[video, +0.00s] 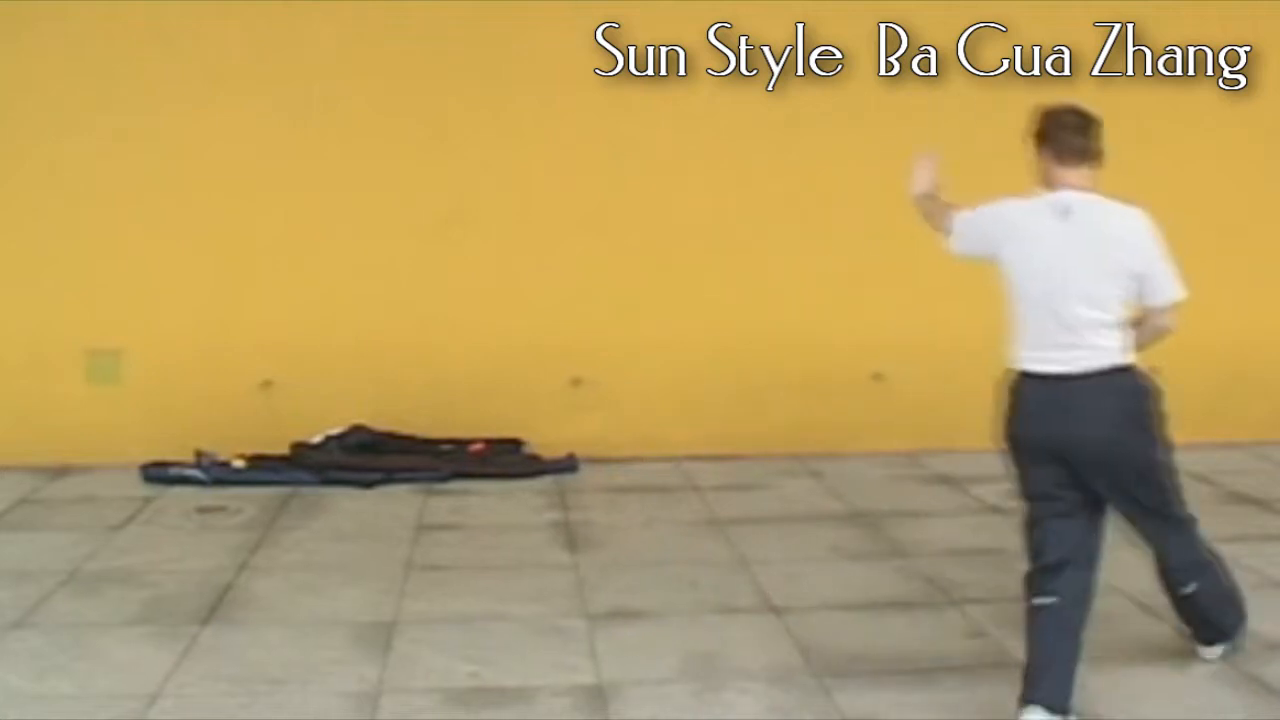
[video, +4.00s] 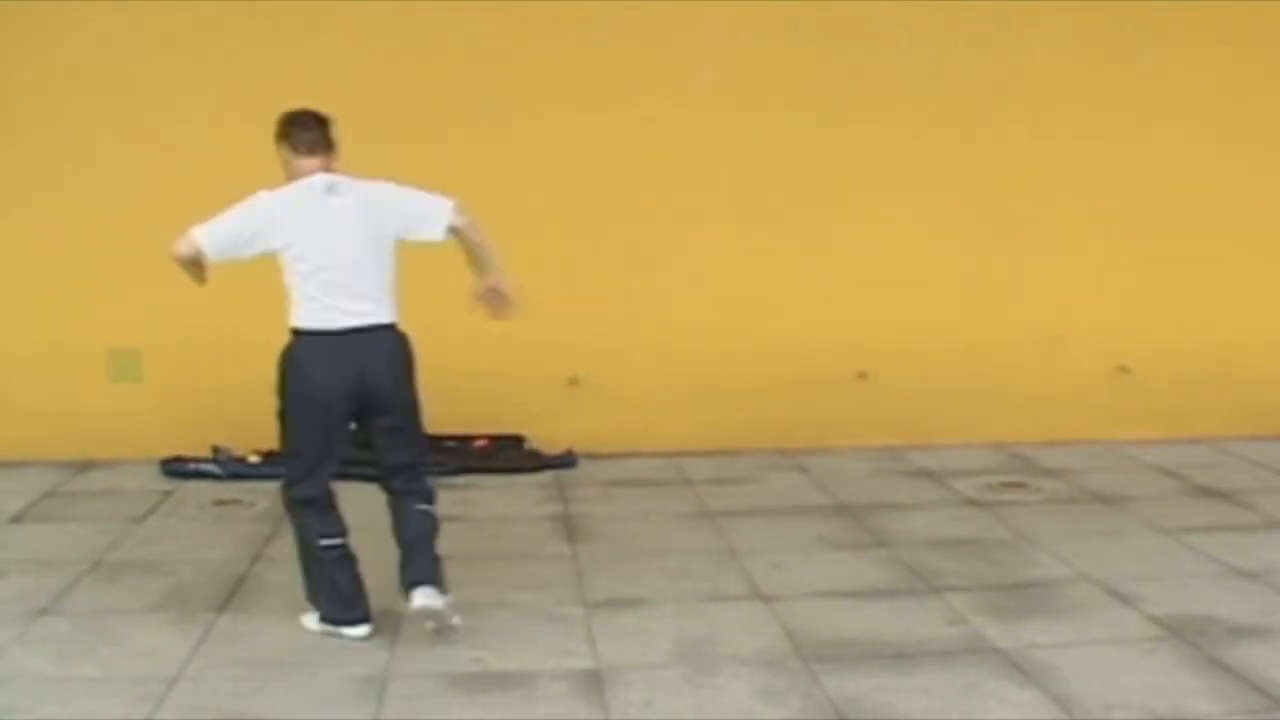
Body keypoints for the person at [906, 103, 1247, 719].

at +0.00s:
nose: (1047, 165)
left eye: (1043, 155)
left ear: (1042, 157)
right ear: (1098, 158)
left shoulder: (1015, 219)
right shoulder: (1129, 222)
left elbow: (952, 225)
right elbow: (1163, 316)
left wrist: (923, 195)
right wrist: (1111, 347)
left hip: (1035, 405)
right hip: (1112, 402)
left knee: (1056, 561)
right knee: (1166, 523)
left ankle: (1043, 703)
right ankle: (1220, 627)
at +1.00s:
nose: (955, 173)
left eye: (961, 163)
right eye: (955, 163)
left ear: (989, 164)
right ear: (997, 166)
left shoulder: (994, 208)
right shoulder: (1028, 207)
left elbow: (916, 217)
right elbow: (1012, 278)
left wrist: (839, 203)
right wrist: (958, 308)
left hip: (1002, 342)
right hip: (1027, 337)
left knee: (1004, 438)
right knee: (972, 415)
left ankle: (1075, 538)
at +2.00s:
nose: (629, 165)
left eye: (637, 158)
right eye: (625, 157)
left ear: (653, 162)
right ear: (616, 161)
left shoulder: (674, 202)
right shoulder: (621, 211)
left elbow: (669, 216)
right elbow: (600, 257)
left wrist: (640, 188)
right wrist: (602, 293)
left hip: (654, 313)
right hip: (619, 311)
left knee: (625, 410)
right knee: (570, 405)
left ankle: (644, 496)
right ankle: (591, 481)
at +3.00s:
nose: (418, 184)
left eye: (422, 174)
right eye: (408, 172)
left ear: (423, 174)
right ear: (376, 169)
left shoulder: (427, 217)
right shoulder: (335, 222)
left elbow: (492, 194)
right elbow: (317, 295)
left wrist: (545, 158)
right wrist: (380, 347)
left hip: (403, 356)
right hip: (343, 349)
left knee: (382, 485)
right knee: (306, 467)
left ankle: (340, 588)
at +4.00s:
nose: (288, 165)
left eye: (285, 157)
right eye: (295, 156)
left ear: (287, 155)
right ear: (332, 151)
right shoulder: (375, 196)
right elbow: (458, 217)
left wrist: (199, 270)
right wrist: (490, 276)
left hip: (315, 357)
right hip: (383, 350)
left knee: (307, 487)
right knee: (407, 473)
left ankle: (344, 612)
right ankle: (425, 585)